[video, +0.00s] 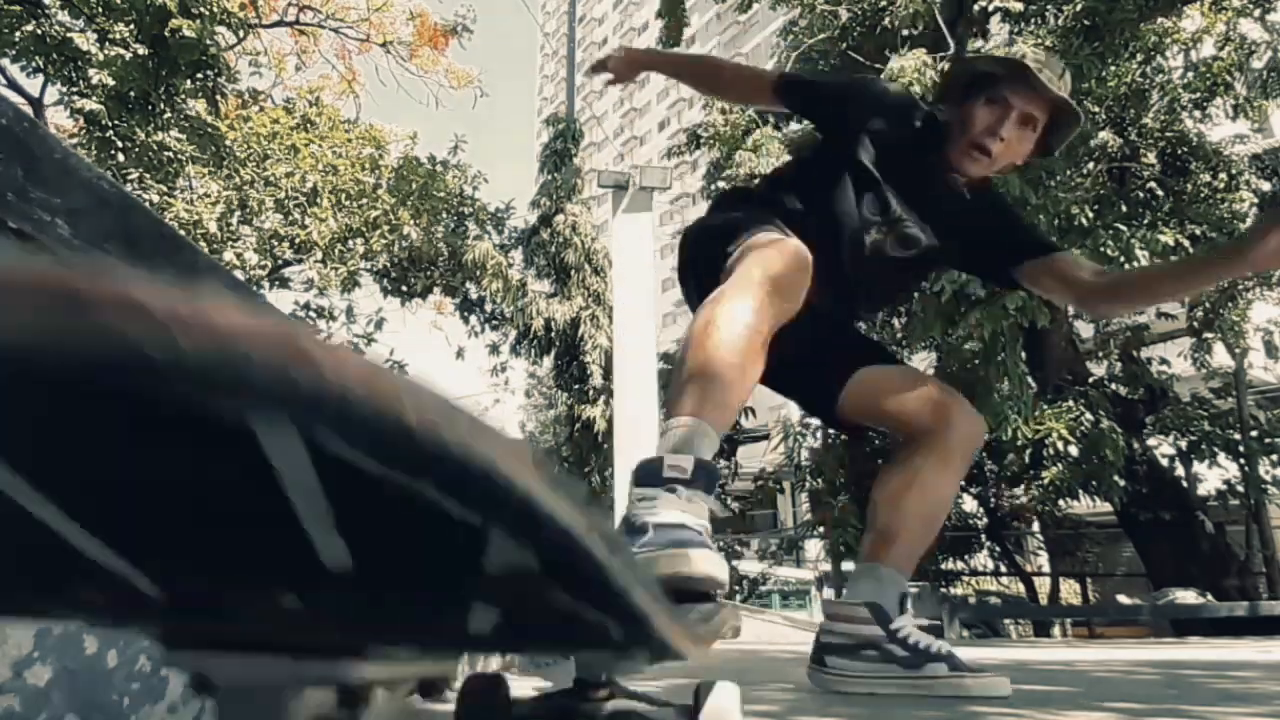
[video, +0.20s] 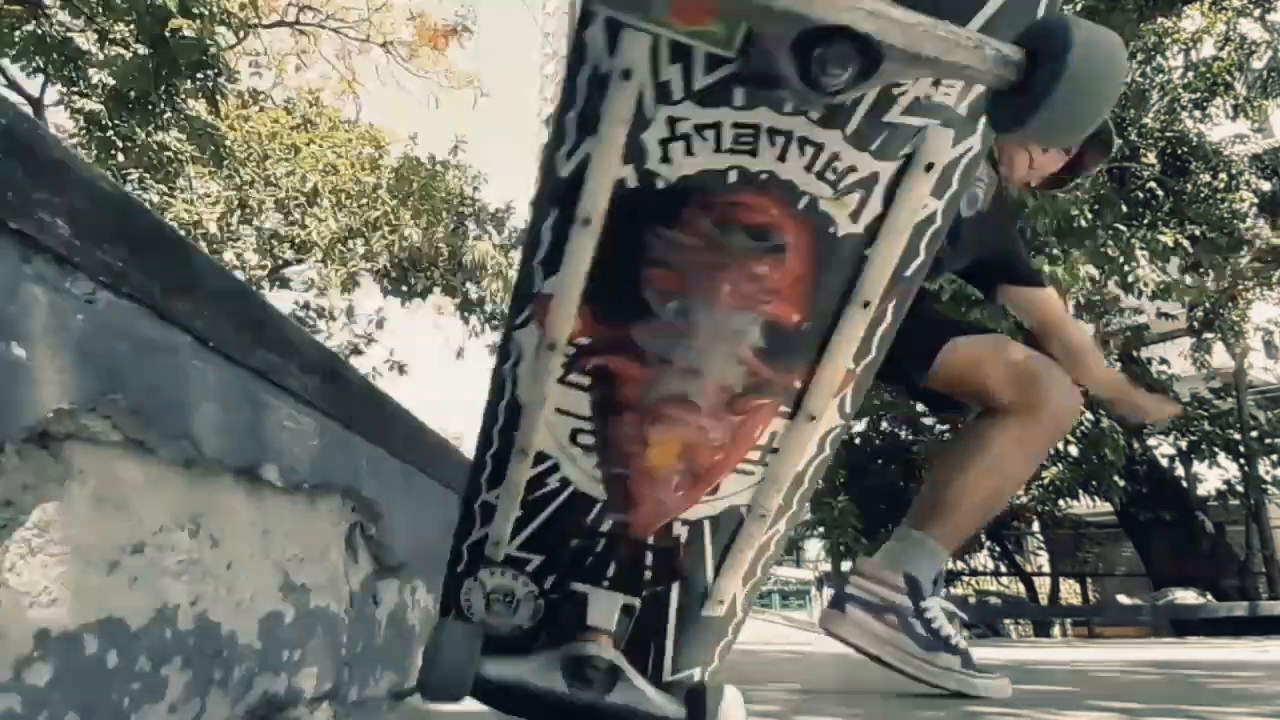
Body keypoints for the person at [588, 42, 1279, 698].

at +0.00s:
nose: (1005, 132)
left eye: (1027, 128)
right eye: (997, 107)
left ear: (1031, 147)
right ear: (958, 97)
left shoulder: (989, 224)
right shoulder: (877, 108)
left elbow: (1095, 290)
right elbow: (754, 88)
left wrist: (1238, 260)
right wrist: (652, 60)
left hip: (812, 327)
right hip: (740, 246)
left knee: (951, 420)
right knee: (786, 263)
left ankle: (860, 623)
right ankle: (669, 496)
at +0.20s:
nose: (1054, 161)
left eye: (1068, 155)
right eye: (1061, 139)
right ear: (1027, 102)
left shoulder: (982, 204)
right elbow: (1054, 329)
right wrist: (1132, 401)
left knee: (1039, 392)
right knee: (1044, 394)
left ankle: (893, 585)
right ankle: (891, 586)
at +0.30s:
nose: (1050, 175)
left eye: (1063, 180)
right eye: (1057, 153)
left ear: (1053, 195)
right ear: (1029, 120)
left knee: (1068, 383)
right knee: (1065, 383)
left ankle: (926, 567)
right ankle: (923, 569)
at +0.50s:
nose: (1046, 279)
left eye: (1056, 279)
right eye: (1058, 265)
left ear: (1043, 258)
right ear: (1054, 226)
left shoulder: (979, 308)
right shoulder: (1018, 177)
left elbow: (957, 447)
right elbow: (1155, 115)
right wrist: (1270, 106)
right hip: (865, 191)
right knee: (903, 302)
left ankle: (973, 624)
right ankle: (763, 422)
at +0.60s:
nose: (1034, 285)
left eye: (1038, 300)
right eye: (1053, 273)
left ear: (1027, 312)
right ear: (1052, 240)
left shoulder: (953, 312)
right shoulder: (1037, 194)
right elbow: (1176, 193)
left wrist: (752, 404)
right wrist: (1273, 232)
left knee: (1036, 417)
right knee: (910, 318)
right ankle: (745, 485)